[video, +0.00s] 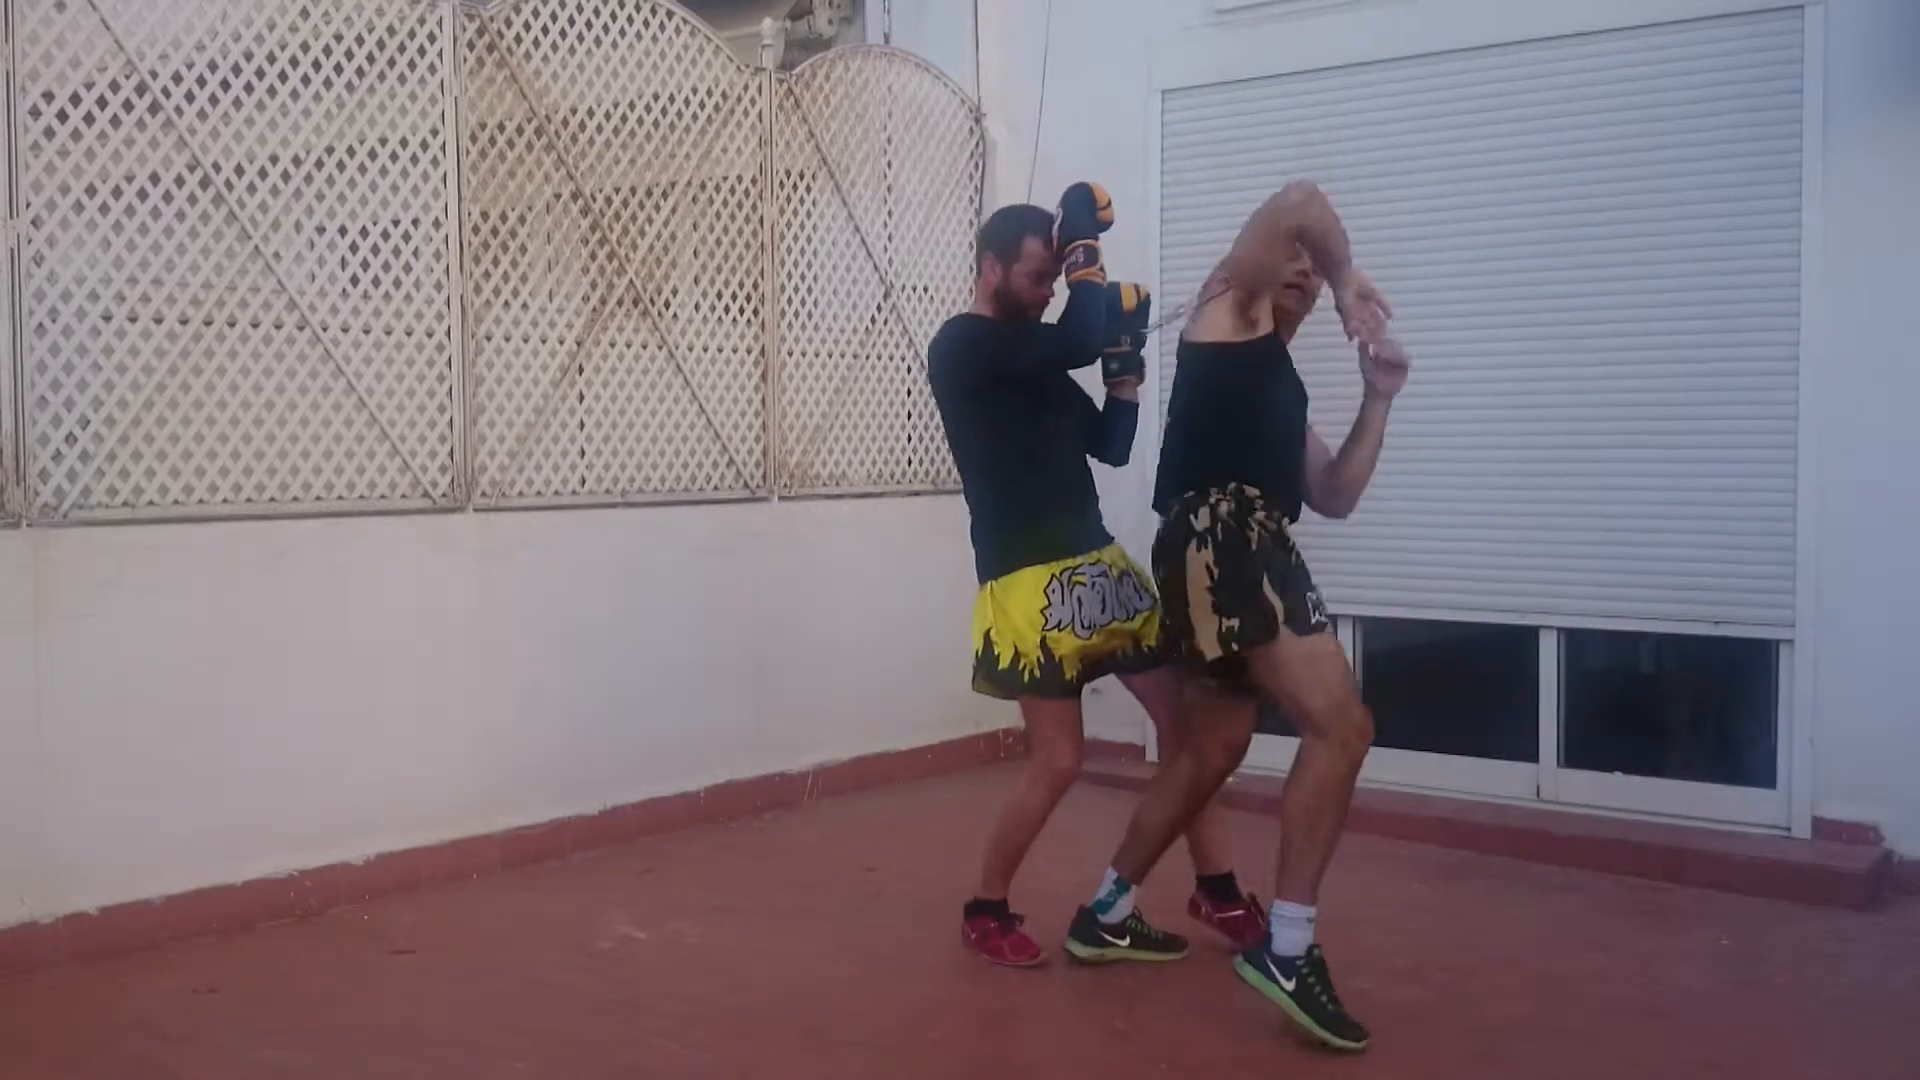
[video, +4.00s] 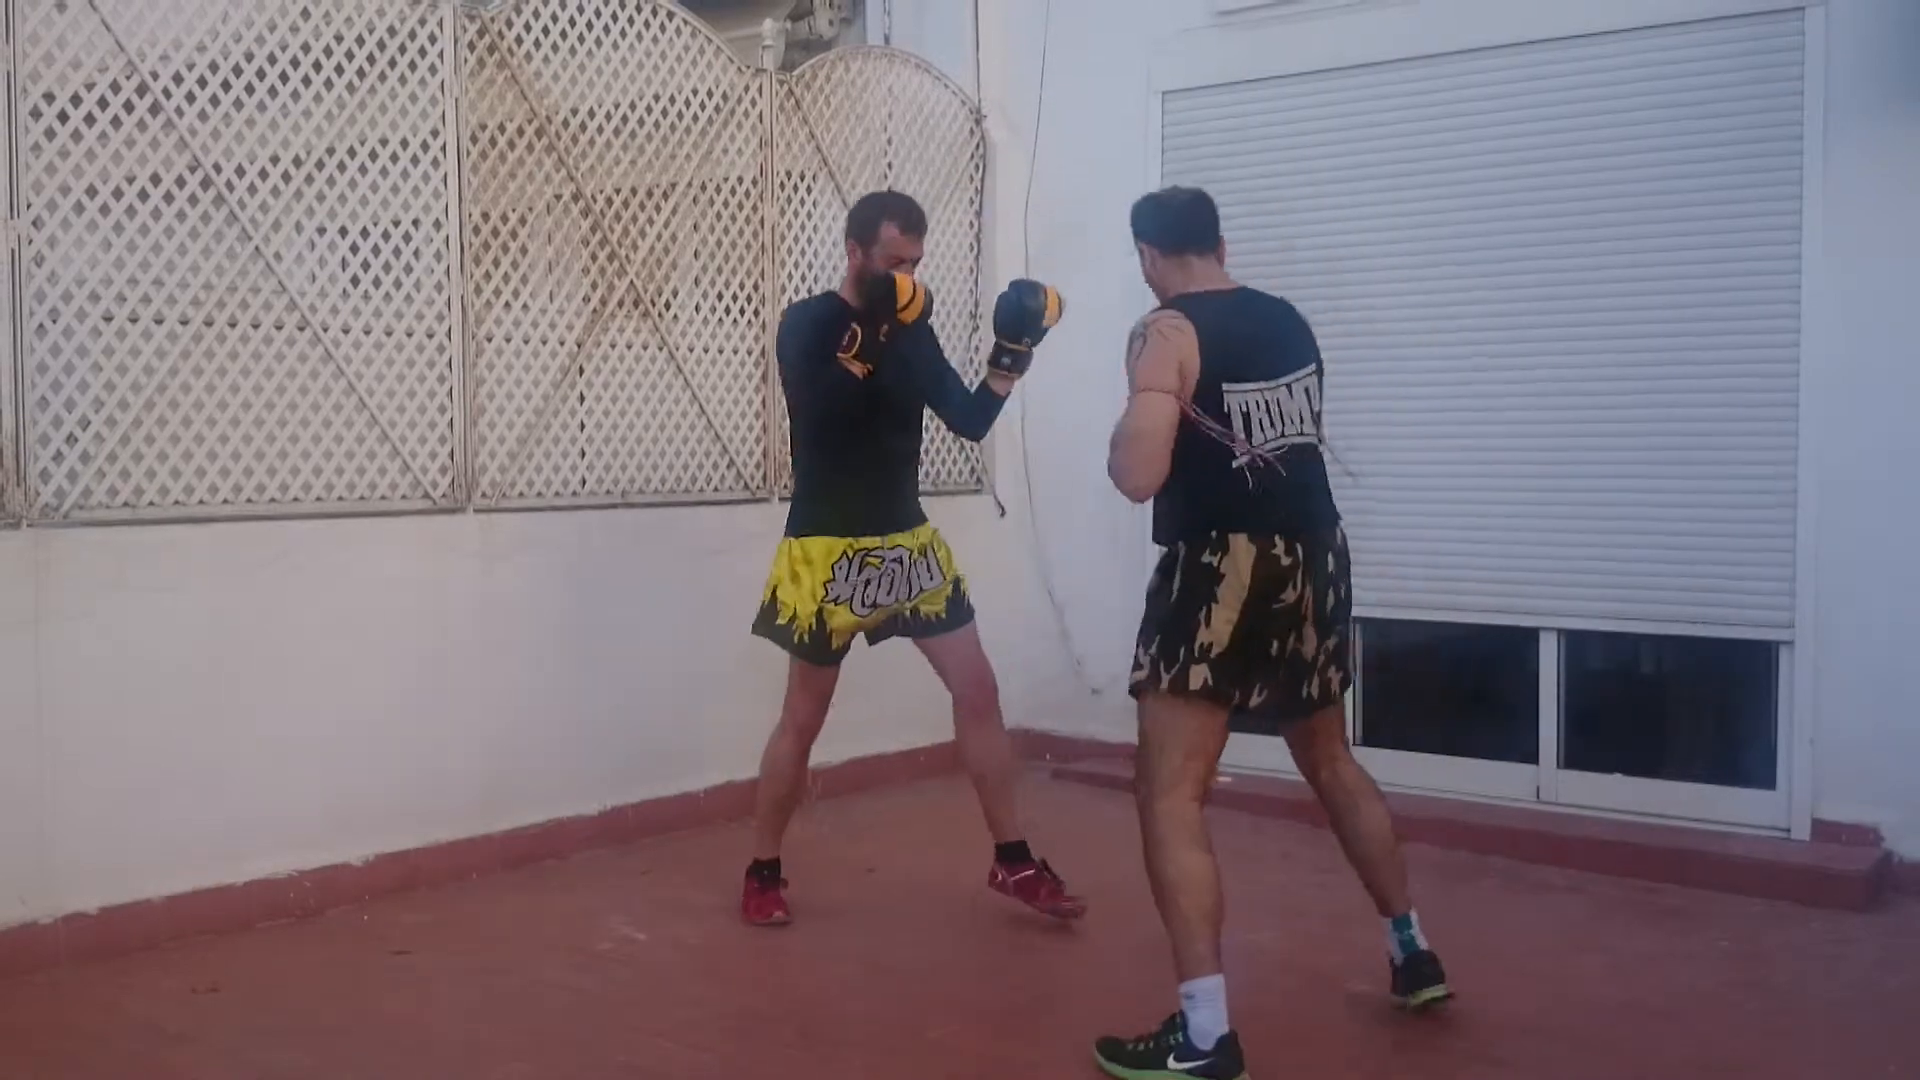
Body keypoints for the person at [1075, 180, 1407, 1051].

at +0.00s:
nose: (1308, 289)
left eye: (1314, 286)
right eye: (1297, 274)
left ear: (1306, 304)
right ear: (1263, 268)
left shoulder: (1277, 388)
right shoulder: (1229, 304)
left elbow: (1333, 493)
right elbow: (1298, 199)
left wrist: (1379, 396)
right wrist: (1346, 280)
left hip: (1213, 551)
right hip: (1231, 540)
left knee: (1210, 751)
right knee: (1342, 727)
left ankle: (1105, 911)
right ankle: (1287, 948)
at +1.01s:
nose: (1369, 246)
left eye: (1372, 229)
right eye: (1368, 230)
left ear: (1408, 231)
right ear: (1460, 231)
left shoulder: (1408, 317)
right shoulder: (1543, 307)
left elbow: (1368, 463)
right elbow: (1536, 419)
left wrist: (1320, 392)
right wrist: (1422, 380)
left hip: (1461, 578)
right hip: (1565, 573)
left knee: (1459, 822)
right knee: (1569, 783)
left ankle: (1504, 1054)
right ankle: (1617, 1001)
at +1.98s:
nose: (1341, 309)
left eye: (1342, 295)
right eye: (1341, 297)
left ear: (1366, 283)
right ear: (1419, 284)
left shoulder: (1370, 338)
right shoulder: (1492, 348)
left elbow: (1264, 436)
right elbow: (1441, 421)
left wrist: (1252, 349)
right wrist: (1355, 370)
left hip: (1394, 580)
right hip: (1503, 590)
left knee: (1248, 722)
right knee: (1532, 807)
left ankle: (1194, 931)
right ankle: (1602, 1018)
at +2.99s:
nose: (1264, 279)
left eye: (1274, 276)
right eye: (1251, 265)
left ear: (1277, 303)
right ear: (1221, 271)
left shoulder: (1247, 401)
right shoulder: (1194, 315)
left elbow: (1312, 493)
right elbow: (1241, 197)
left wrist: (1340, 395)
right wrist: (1309, 281)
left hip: (1171, 561)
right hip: (1200, 551)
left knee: (1178, 762)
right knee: (1287, 745)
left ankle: (1046, 907)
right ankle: (1303, 968)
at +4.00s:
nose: (1145, 273)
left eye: (1142, 261)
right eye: (1146, 262)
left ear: (1150, 258)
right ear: (1223, 248)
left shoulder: (1168, 333)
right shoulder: (1286, 320)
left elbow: (1139, 476)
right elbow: (1286, 438)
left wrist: (1137, 397)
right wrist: (1190, 387)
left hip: (1215, 568)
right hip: (1312, 561)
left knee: (1172, 794)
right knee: (1332, 763)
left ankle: (1204, 1034)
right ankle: (1413, 948)